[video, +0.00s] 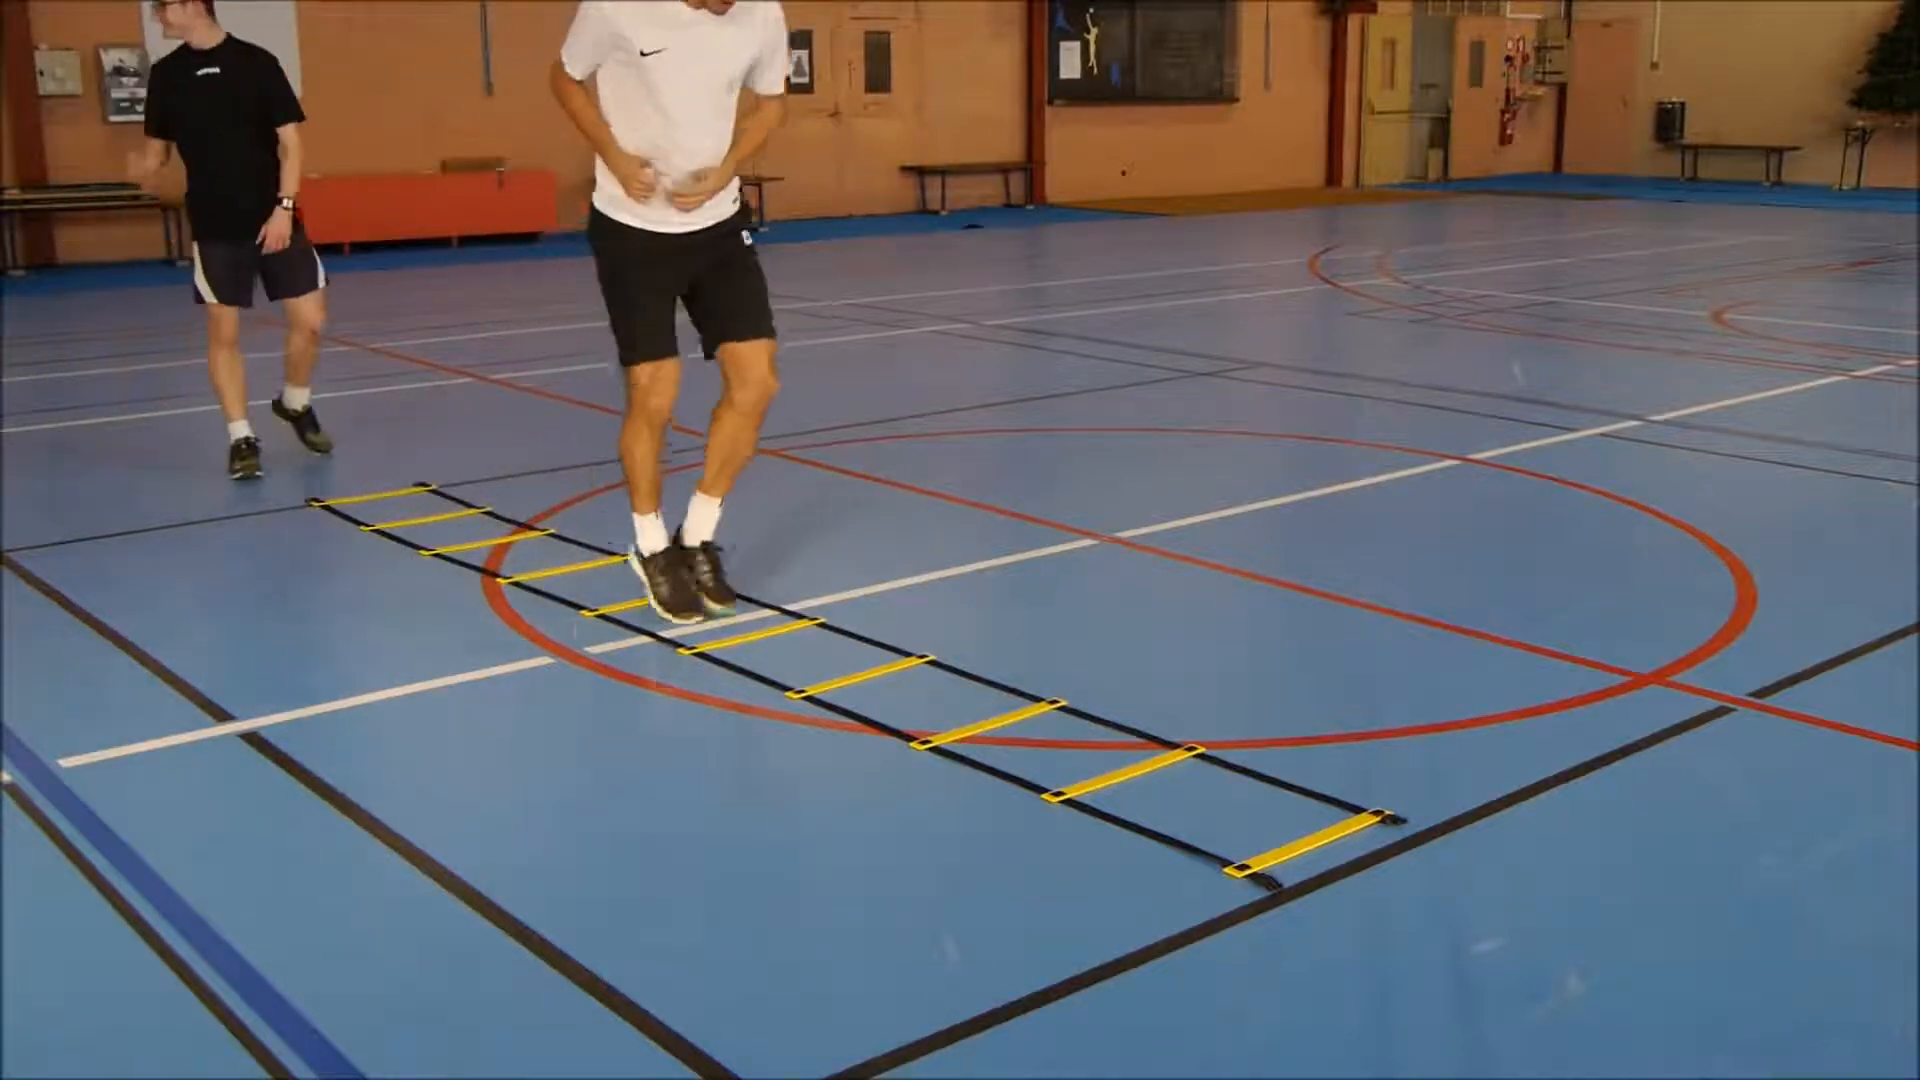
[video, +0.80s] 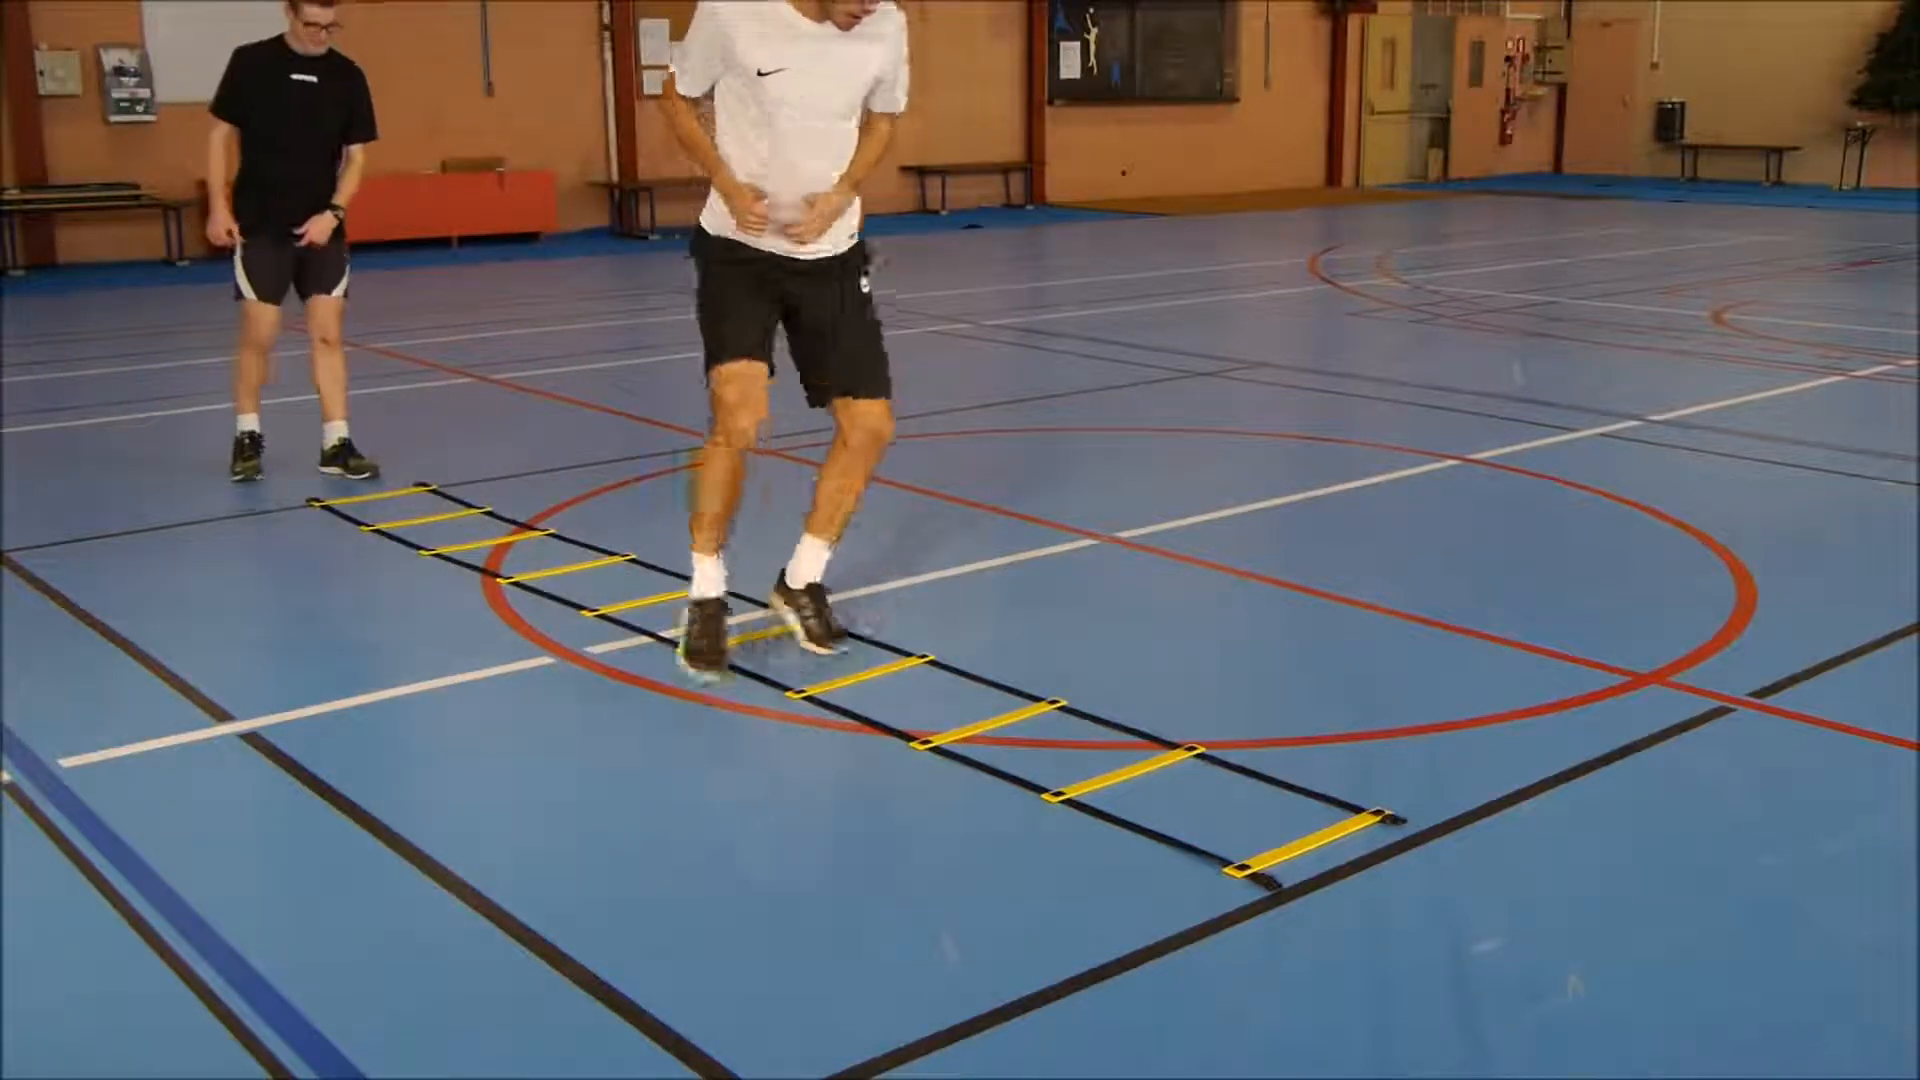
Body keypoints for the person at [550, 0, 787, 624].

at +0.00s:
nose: (721, 1)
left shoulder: (763, 14)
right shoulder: (613, 10)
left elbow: (767, 102)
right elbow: (568, 77)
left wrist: (726, 168)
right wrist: (614, 155)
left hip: (718, 226)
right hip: (633, 229)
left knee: (754, 383)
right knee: (654, 394)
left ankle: (696, 541)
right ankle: (651, 547)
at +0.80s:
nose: (862, 6)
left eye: (867, 3)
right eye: (850, 2)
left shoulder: (887, 23)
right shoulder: (730, 15)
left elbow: (882, 119)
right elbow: (678, 96)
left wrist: (841, 192)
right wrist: (725, 182)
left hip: (831, 254)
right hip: (736, 249)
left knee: (868, 423)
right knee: (739, 419)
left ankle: (801, 581)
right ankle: (706, 593)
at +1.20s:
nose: (951, 5)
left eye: (957, 2)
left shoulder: (968, 28)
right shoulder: (809, 20)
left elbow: (960, 125)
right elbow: (754, 103)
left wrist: (930, 207)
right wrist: (814, 192)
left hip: (916, 264)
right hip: (820, 264)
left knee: (968, 432)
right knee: (842, 444)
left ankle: (935, 580)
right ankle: (865, 618)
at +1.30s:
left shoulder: (982, 16)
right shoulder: (827, 12)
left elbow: (965, 106)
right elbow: (758, 97)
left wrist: (942, 183)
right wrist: (836, 189)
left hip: (929, 253)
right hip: (837, 260)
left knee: (996, 421)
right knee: (882, 448)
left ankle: (923, 585)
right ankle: (870, 629)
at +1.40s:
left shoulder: (1001, 14)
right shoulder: (837, 8)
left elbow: (982, 106)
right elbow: (776, 90)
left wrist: (949, 185)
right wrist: (846, 180)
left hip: (934, 244)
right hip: (838, 245)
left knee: (968, 434)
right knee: (877, 436)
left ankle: (906, 616)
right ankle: (856, 615)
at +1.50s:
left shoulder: (1015, 27)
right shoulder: (853, 14)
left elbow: (1002, 123)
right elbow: (785, 103)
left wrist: (968, 205)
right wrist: (864, 196)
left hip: (947, 270)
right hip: (849, 263)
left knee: (1005, 448)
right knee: (860, 446)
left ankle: (913, 609)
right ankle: (810, 652)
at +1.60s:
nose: (1035, 18)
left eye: (1040, 9)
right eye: (1027, 5)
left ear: (1034, 5)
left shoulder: (1024, 38)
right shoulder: (881, 30)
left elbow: (986, 132)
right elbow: (802, 149)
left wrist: (996, 213)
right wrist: (908, 231)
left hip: (967, 289)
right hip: (875, 295)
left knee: (1089, 424)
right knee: (851, 497)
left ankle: (992, 588)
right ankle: (778, 679)